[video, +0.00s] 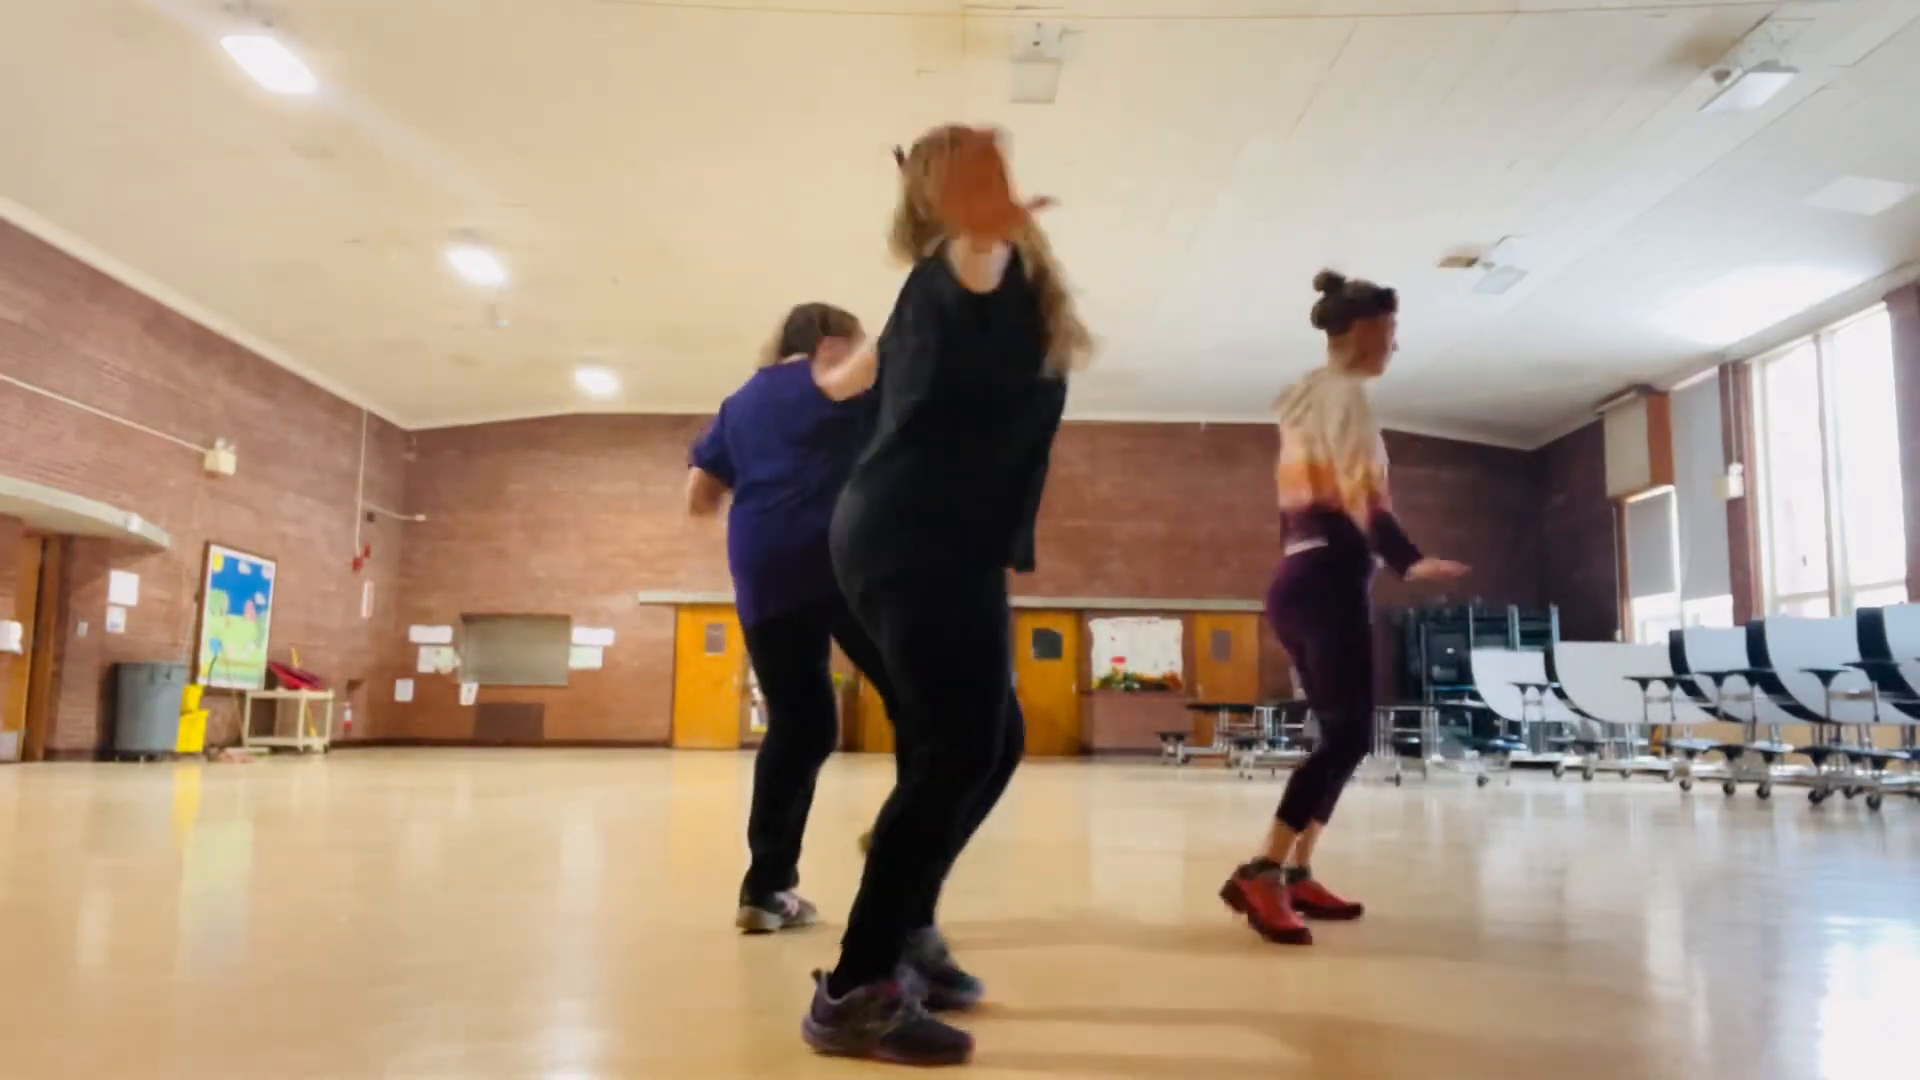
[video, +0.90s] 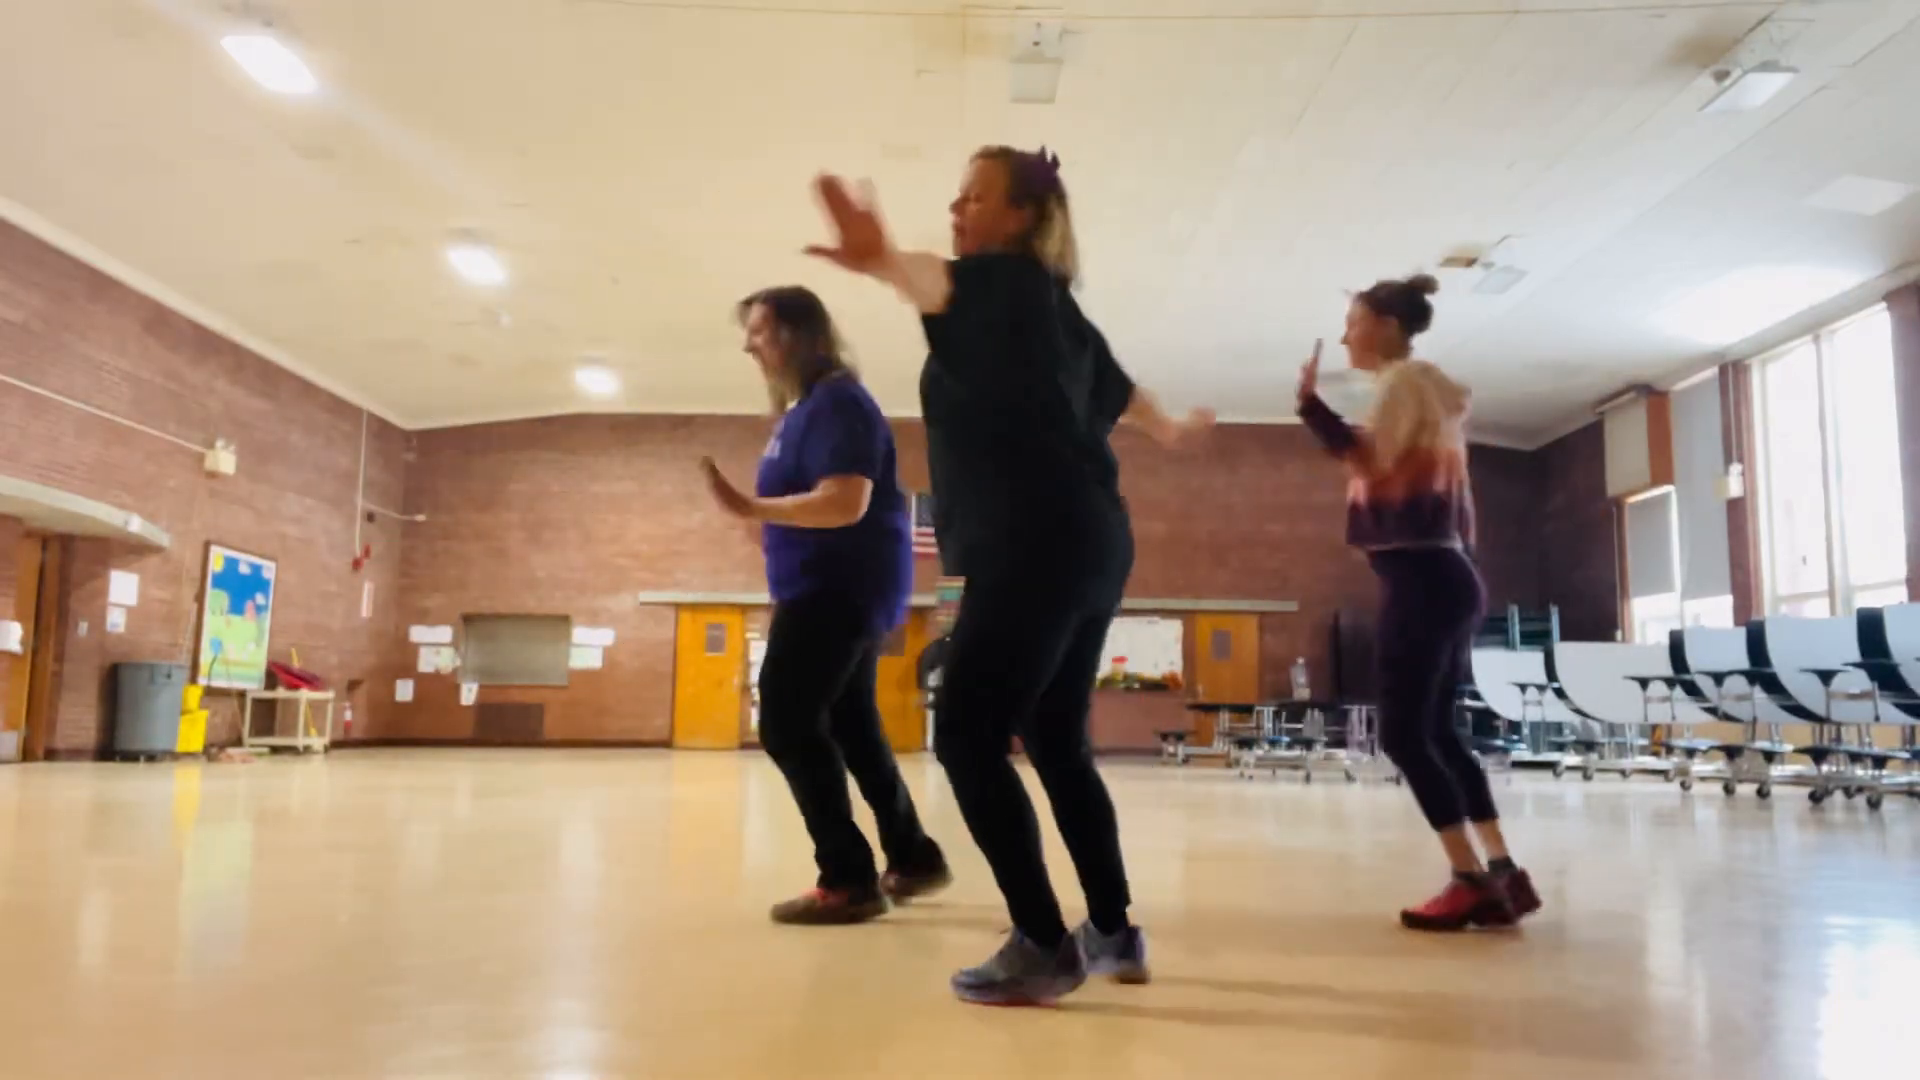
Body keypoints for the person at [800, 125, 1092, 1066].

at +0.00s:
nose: (1002, 178)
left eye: (997, 162)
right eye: (980, 165)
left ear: (1001, 186)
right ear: (944, 194)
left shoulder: (1011, 279)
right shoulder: (943, 282)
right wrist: (977, 259)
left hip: (947, 540)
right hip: (907, 536)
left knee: (990, 737)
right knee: (954, 749)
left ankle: (903, 932)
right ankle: (854, 988)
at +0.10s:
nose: (904, 207)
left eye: (910, 192)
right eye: (910, 186)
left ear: (924, 207)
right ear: (1006, 194)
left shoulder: (893, 316)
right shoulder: (1011, 266)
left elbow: (801, 378)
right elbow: (1052, 268)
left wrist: (787, 369)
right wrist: (1102, 242)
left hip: (883, 556)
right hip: (975, 548)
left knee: (962, 760)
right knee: (1009, 754)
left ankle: (931, 957)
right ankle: (873, 967)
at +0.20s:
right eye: (1018, 187)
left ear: (932, 217)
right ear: (1019, 202)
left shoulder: (900, 307)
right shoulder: (1043, 273)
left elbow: (814, 356)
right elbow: (1116, 273)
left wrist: (742, 368)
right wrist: (1209, 254)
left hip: (882, 575)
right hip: (983, 567)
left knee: (951, 751)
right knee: (1106, 732)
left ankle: (923, 972)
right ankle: (981, 906)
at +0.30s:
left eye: (937, 206)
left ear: (943, 212)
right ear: (1029, 199)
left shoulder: (912, 299)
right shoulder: (1072, 273)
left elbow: (804, 343)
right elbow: (1172, 280)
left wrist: (707, 359)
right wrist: (1294, 269)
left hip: (899, 557)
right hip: (1010, 550)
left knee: (946, 749)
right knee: (1123, 708)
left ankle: (923, 969)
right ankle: (1074, 914)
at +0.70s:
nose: (951, 222)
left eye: (964, 208)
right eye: (958, 207)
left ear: (1006, 218)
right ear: (1046, 225)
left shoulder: (950, 299)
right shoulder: (1113, 326)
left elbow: (839, 299)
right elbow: (1225, 377)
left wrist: (716, 282)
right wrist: (1294, 398)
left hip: (977, 558)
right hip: (1091, 561)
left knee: (986, 755)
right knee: (1089, 716)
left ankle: (1038, 959)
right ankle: (1142, 871)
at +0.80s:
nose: (950, 217)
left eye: (964, 205)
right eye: (954, 205)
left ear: (1016, 215)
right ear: (1034, 221)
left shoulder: (966, 290)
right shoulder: (1087, 316)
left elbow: (883, 287)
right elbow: (1175, 384)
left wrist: (790, 271)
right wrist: (1245, 416)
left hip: (1001, 552)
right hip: (1100, 549)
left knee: (993, 749)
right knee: (1062, 728)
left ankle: (1039, 957)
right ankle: (1122, 905)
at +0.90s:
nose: (954, 212)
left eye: (970, 201)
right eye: (957, 200)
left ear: (1021, 215)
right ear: (1025, 221)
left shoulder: (984, 284)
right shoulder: (1064, 316)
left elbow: (932, 281)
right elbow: (1130, 397)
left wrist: (883, 262)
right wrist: (1171, 424)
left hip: (1030, 550)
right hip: (1093, 547)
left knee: (966, 733)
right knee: (1056, 734)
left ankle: (1042, 944)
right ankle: (1113, 930)